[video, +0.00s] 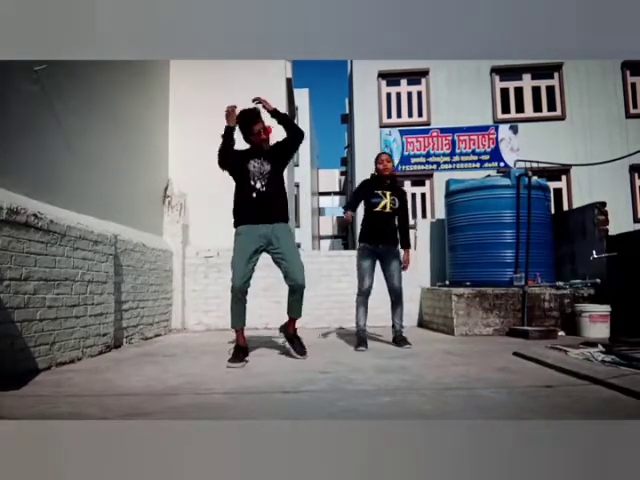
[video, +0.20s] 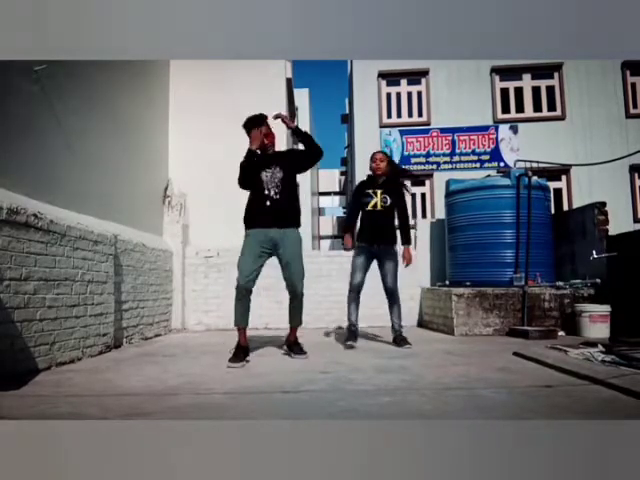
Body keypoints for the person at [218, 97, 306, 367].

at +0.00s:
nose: (265, 134)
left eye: (266, 129)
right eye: (258, 132)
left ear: (268, 128)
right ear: (247, 135)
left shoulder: (278, 154)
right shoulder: (238, 159)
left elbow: (297, 135)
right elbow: (223, 159)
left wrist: (274, 112)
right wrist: (230, 127)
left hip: (279, 227)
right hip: (248, 229)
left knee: (298, 282)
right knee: (239, 285)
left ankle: (291, 327)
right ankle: (240, 342)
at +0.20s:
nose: (265, 137)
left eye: (266, 132)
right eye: (260, 134)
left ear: (271, 134)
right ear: (252, 138)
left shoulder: (289, 158)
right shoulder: (250, 162)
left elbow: (316, 153)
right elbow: (245, 184)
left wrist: (295, 129)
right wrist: (253, 148)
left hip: (288, 231)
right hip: (258, 231)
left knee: (296, 287)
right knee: (243, 285)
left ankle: (293, 338)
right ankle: (242, 342)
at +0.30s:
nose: (267, 141)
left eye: (269, 135)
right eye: (262, 137)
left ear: (275, 134)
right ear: (257, 140)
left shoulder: (293, 158)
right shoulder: (255, 162)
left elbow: (322, 167)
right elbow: (246, 172)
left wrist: (306, 142)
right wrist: (252, 142)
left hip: (292, 232)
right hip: (262, 233)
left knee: (296, 288)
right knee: (251, 285)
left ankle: (292, 340)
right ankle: (244, 343)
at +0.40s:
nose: (269, 147)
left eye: (272, 141)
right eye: (265, 144)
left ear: (280, 140)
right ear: (260, 146)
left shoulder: (297, 164)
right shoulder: (258, 166)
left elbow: (325, 186)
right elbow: (244, 161)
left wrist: (316, 165)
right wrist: (252, 134)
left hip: (294, 236)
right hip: (265, 236)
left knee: (297, 290)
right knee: (252, 287)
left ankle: (292, 341)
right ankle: (246, 344)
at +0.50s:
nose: (270, 149)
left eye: (273, 143)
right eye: (265, 146)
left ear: (281, 142)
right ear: (260, 148)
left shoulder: (299, 166)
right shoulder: (259, 167)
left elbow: (326, 196)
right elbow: (241, 157)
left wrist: (320, 193)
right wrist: (251, 134)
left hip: (293, 237)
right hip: (264, 235)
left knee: (297, 290)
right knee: (247, 279)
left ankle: (292, 340)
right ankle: (249, 335)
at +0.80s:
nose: (264, 139)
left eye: (268, 134)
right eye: (259, 135)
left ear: (275, 135)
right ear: (253, 138)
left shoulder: (291, 164)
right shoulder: (249, 165)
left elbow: (308, 198)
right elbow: (219, 177)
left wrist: (305, 227)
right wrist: (224, 145)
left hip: (289, 234)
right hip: (259, 235)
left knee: (292, 289)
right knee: (248, 288)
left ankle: (291, 340)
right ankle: (245, 342)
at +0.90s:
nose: (264, 138)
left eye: (268, 134)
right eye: (260, 134)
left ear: (275, 136)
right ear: (252, 137)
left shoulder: (287, 168)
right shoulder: (241, 169)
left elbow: (300, 202)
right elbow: (210, 197)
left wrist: (300, 231)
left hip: (285, 237)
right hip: (254, 237)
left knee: (294, 287)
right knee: (245, 288)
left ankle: (291, 337)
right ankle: (244, 342)